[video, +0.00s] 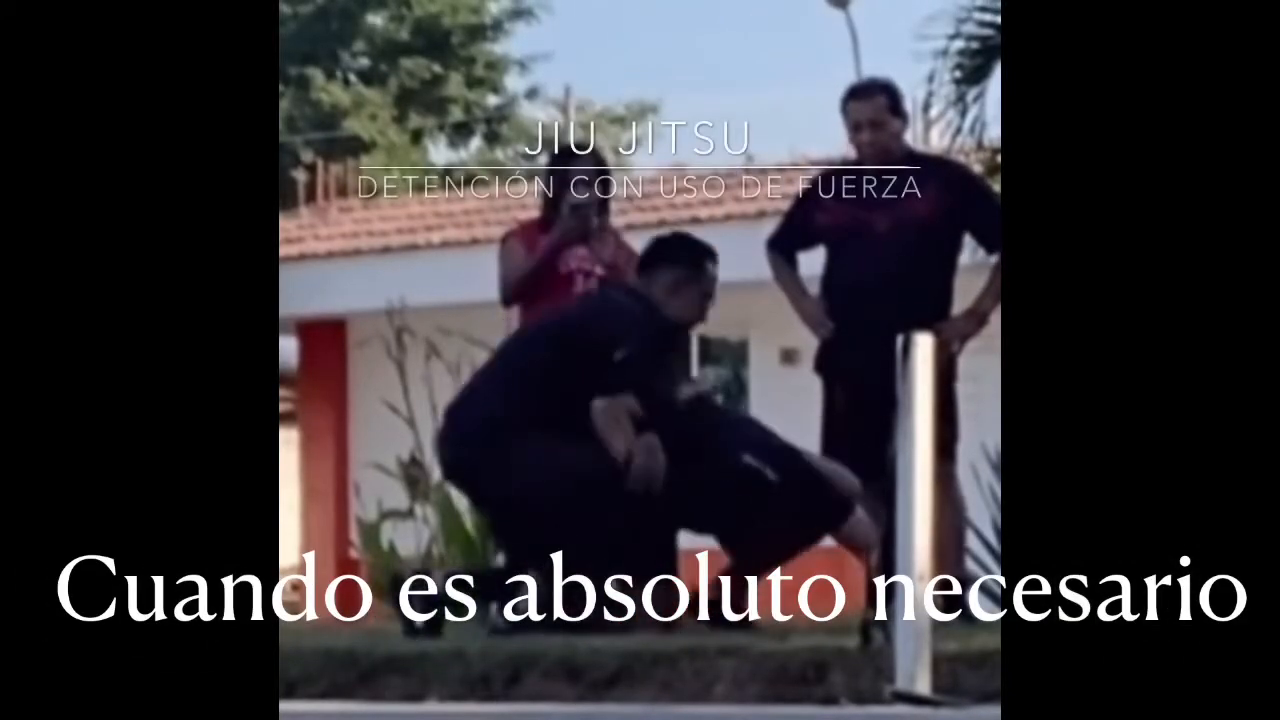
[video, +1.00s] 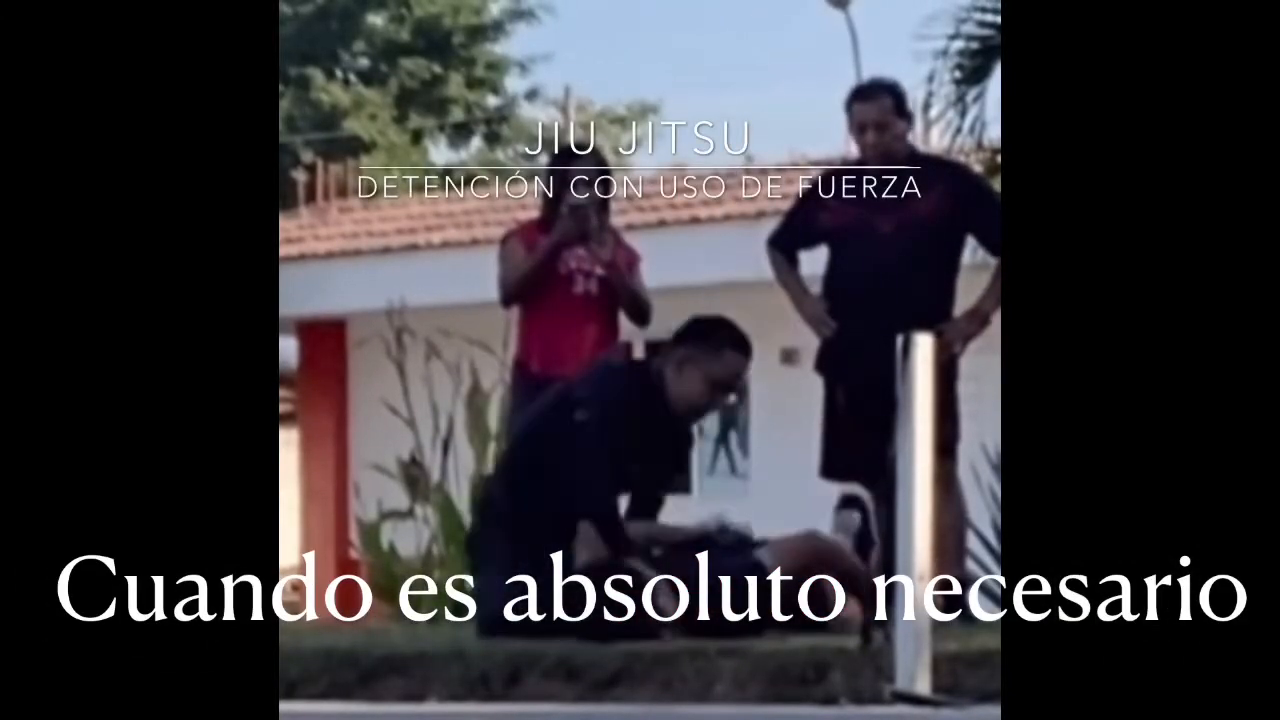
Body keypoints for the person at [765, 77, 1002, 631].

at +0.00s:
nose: (866, 137)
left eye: (876, 125)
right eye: (856, 128)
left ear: (902, 123)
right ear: (846, 132)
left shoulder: (947, 180)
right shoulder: (831, 187)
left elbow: (1003, 245)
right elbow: (778, 250)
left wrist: (973, 317)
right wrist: (813, 315)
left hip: (923, 353)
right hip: (850, 352)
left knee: (932, 476)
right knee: (855, 480)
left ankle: (947, 590)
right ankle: (877, 599)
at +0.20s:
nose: (868, 138)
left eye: (877, 125)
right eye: (858, 128)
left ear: (903, 123)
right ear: (847, 131)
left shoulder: (947, 180)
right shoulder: (831, 187)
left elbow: (1003, 246)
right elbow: (778, 250)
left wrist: (974, 317)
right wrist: (815, 318)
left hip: (924, 354)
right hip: (852, 353)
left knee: (934, 478)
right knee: (866, 484)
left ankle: (948, 594)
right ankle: (878, 602)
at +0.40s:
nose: (870, 139)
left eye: (880, 127)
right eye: (859, 129)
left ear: (905, 124)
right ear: (849, 132)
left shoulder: (949, 181)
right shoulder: (832, 188)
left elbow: (1004, 247)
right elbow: (778, 248)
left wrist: (975, 318)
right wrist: (813, 315)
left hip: (926, 353)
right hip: (853, 351)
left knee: (934, 475)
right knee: (864, 480)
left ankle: (946, 593)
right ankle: (870, 595)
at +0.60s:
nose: (872, 140)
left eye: (881, 127)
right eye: (861, 130)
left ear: (907, 125)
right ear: (850, 133)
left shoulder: (950, 181)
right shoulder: (832, 188)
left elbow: (1004, 248)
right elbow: (779, 248)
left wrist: (976, 318)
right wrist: (815, 317)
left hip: (926, 355)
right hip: (853, 353)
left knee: (934, 478)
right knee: (864, 482)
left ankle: (946, 594)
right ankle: (869, 602)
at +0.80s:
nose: (873, 138)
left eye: (883, 126)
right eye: (862, 128)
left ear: (908, 124)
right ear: (852, 131)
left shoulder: (950, 182)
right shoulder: (834, 187)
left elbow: (1004, 249)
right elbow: (780, 245)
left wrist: (975, 318)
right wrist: (808, 302)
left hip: (926, 355)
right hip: (853, 353)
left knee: (935, 476)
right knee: (865, 479)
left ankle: (946, 592)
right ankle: (871, 592)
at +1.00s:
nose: (870, 140)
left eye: (880, 128)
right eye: (860, 130)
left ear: (906, 125)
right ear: (850, 133)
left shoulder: (950, 182)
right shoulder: (833, 188)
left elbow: (1003, 249)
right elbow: (778, 247)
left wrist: (975, 318)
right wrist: (813, 314)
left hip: (926, 357)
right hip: (853, 354)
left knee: (934, 479)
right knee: (863, 484)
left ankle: (945, 595)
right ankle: (872, 602)